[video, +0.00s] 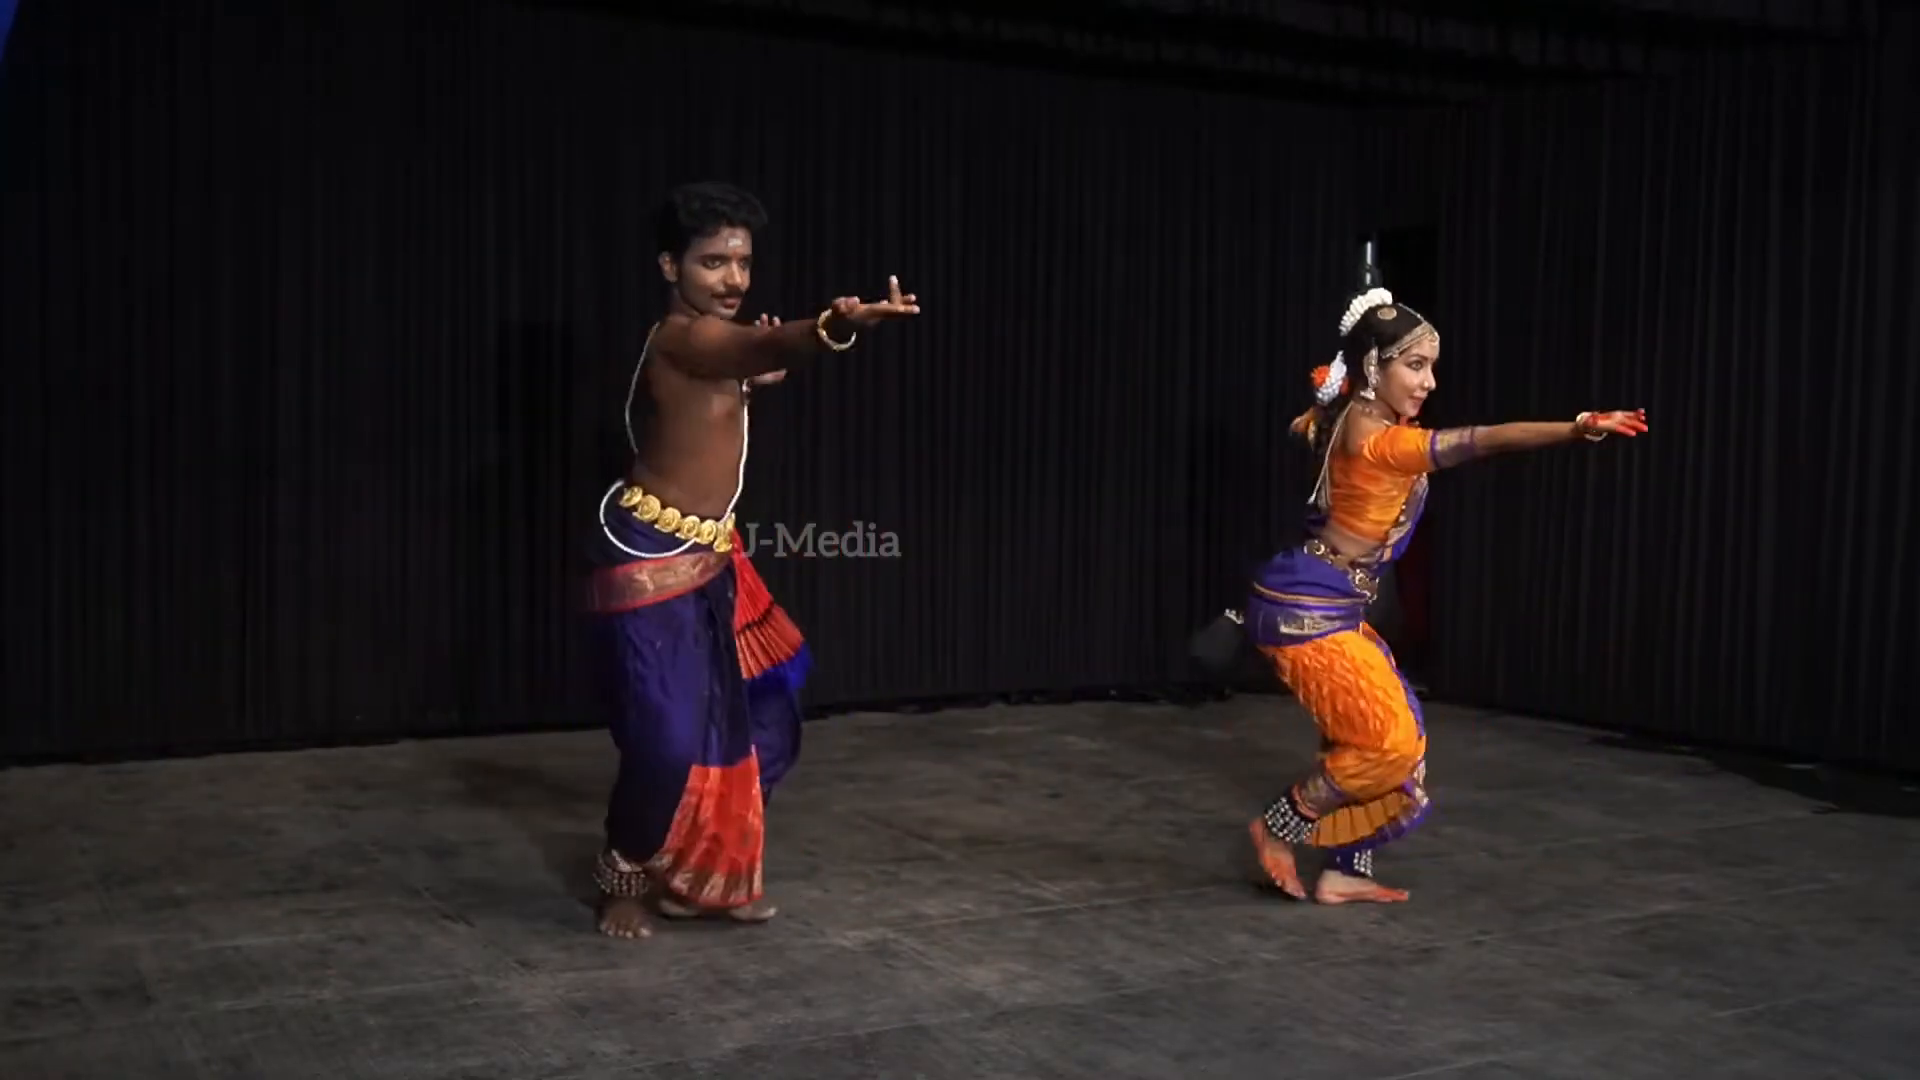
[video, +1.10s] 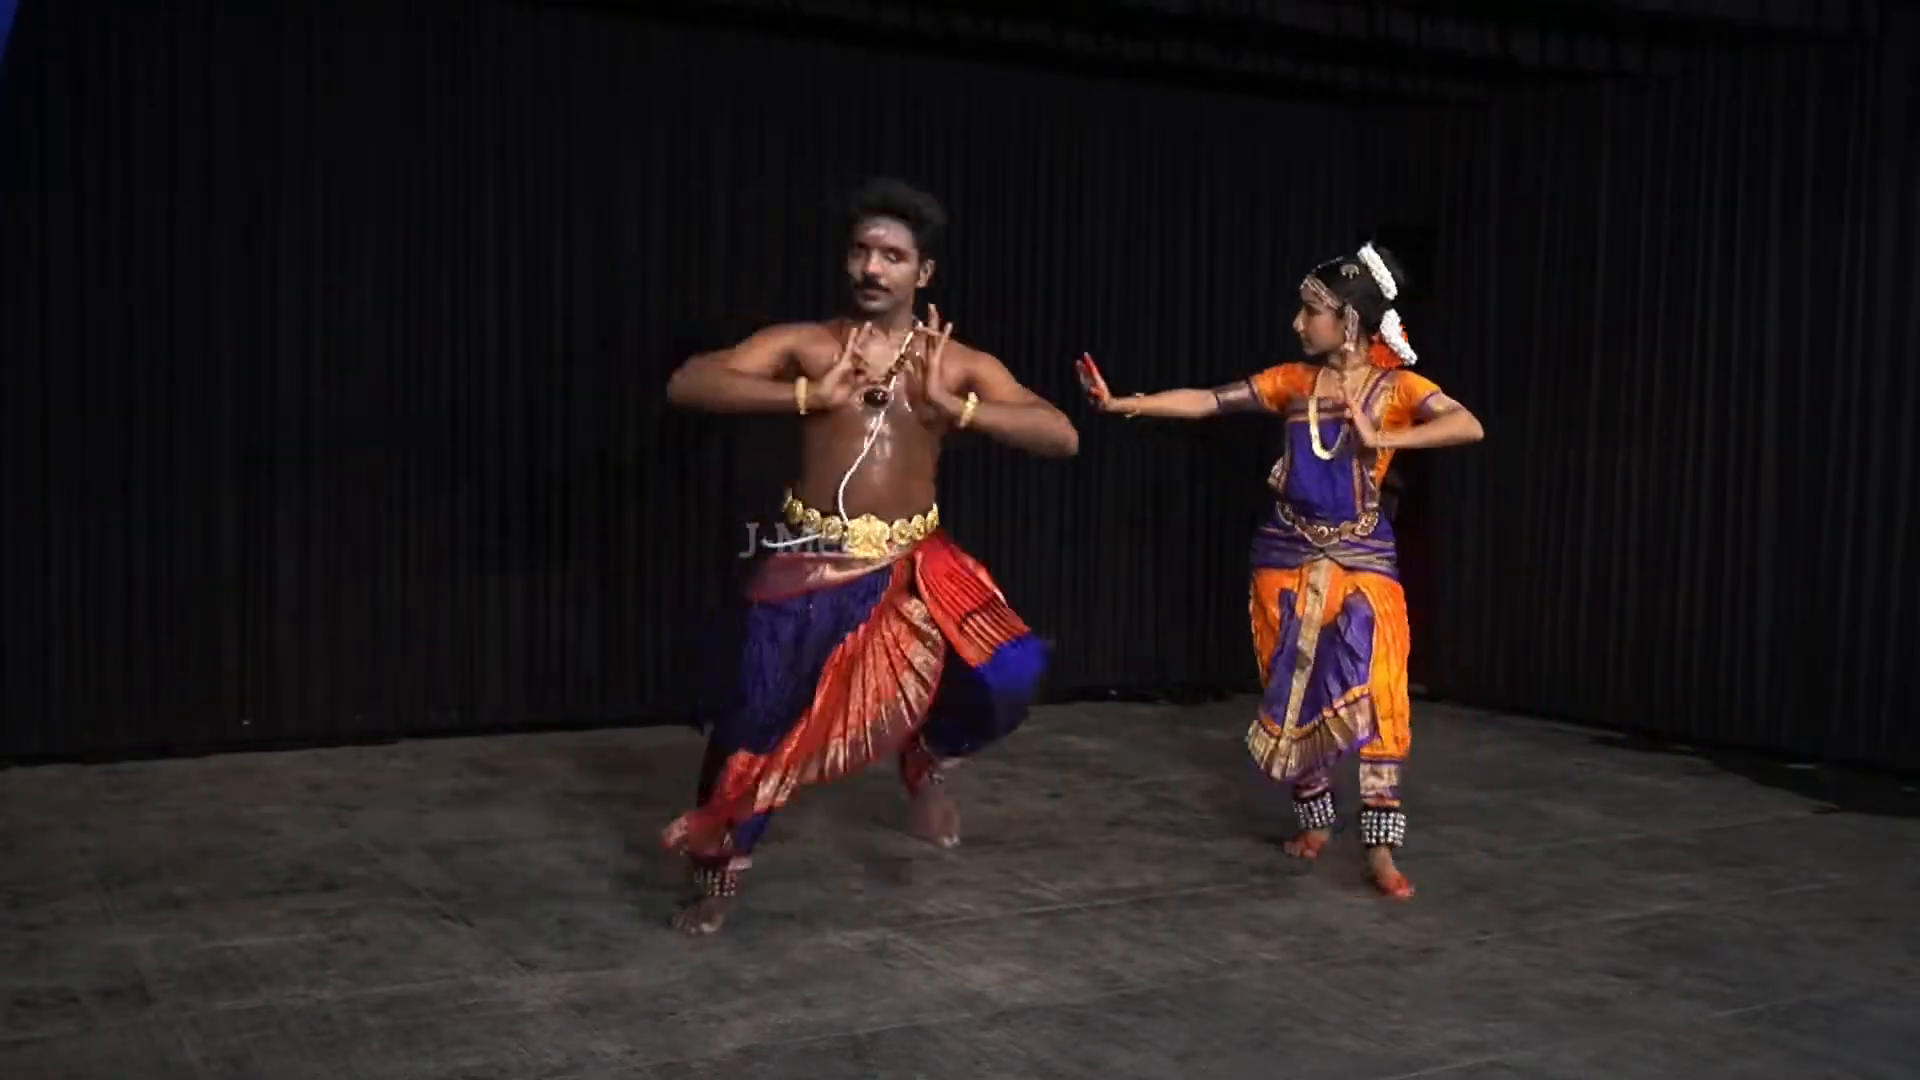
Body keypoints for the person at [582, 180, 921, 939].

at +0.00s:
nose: (734, 280)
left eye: (743, 262)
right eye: (714, 263)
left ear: (752, 262)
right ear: (671, 269)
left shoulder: (721, 330)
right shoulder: (680, 336)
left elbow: (722, 374)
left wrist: (759, 371)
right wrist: (837, 324)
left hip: (711, 550)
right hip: (649, 552)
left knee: (753, 704)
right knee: (668, 735)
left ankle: (702, 867)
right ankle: (626, 875)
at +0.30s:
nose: (776, 276)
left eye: (785, 261)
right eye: (756, 261)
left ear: (795, 262)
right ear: (715, 270)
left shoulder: (781, 332)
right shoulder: (712, 335)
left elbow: (796, 368)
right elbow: (791, 347)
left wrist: (840, 365)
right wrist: (855, 320)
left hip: (763, 550)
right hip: (693, 549)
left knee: (783, 712)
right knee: (711, 713)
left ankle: (726, 874)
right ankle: (711, 887)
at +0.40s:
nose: (786, 269)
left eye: (796, 253)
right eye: (767, 254)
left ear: (806, 255)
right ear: (724, 261)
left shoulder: (814, 327)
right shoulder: (700, 330)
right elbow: (693, 405)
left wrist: (909, 346)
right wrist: (808, 371)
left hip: (794, 550)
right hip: (715, 556)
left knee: (819, 722)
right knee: (746, 728)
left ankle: (712, 867)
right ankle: (771, 915)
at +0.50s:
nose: (802, 267)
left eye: (811, 250)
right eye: (781, 253)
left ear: (820, 254)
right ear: (740, 263)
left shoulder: (848, 337)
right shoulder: (698, 337)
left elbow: (967, 361)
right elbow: (590, 406)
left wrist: (869, 384)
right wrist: (695, 379)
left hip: (817, 555)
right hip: (730, 557)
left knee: (823, 719)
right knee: (755, 724)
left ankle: (776, 897)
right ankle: (761, 915)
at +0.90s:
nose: (765, 264)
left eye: (779, 252)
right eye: (769, 250)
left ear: (827, 263)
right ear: (817, 262)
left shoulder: (881, 349)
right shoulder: (771, 332)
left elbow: (910, 406)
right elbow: (713, 346)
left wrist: (798, 401)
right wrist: (621, 332)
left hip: (849, 566)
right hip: (751, 557)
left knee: (894, 736)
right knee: (719, 718)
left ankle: (802, 824)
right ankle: (712, 888)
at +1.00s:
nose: (794, 263)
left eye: (812, 253)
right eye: (797, 249)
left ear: (862, 270)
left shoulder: (911, 358)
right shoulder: (776, 336)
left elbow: (968, 427)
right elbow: (670, 355)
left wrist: (866, 408)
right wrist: (703, 359)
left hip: (865, 570)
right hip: (772, 560)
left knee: (913, 732)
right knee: (735, 707)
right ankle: (718, 864)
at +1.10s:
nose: (869, 268)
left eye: (890, 256)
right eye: (860, 252)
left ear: (923, 273)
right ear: (846, 261)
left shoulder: (958, 363)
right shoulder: (806, 343)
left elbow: (1063, 437)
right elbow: (688, 384)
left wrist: (963, 412)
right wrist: (806, 395)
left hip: (911, 561)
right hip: (810, 559)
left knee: (1010, 674)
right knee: (758, 715)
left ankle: (927, 760)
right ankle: (721, 867)